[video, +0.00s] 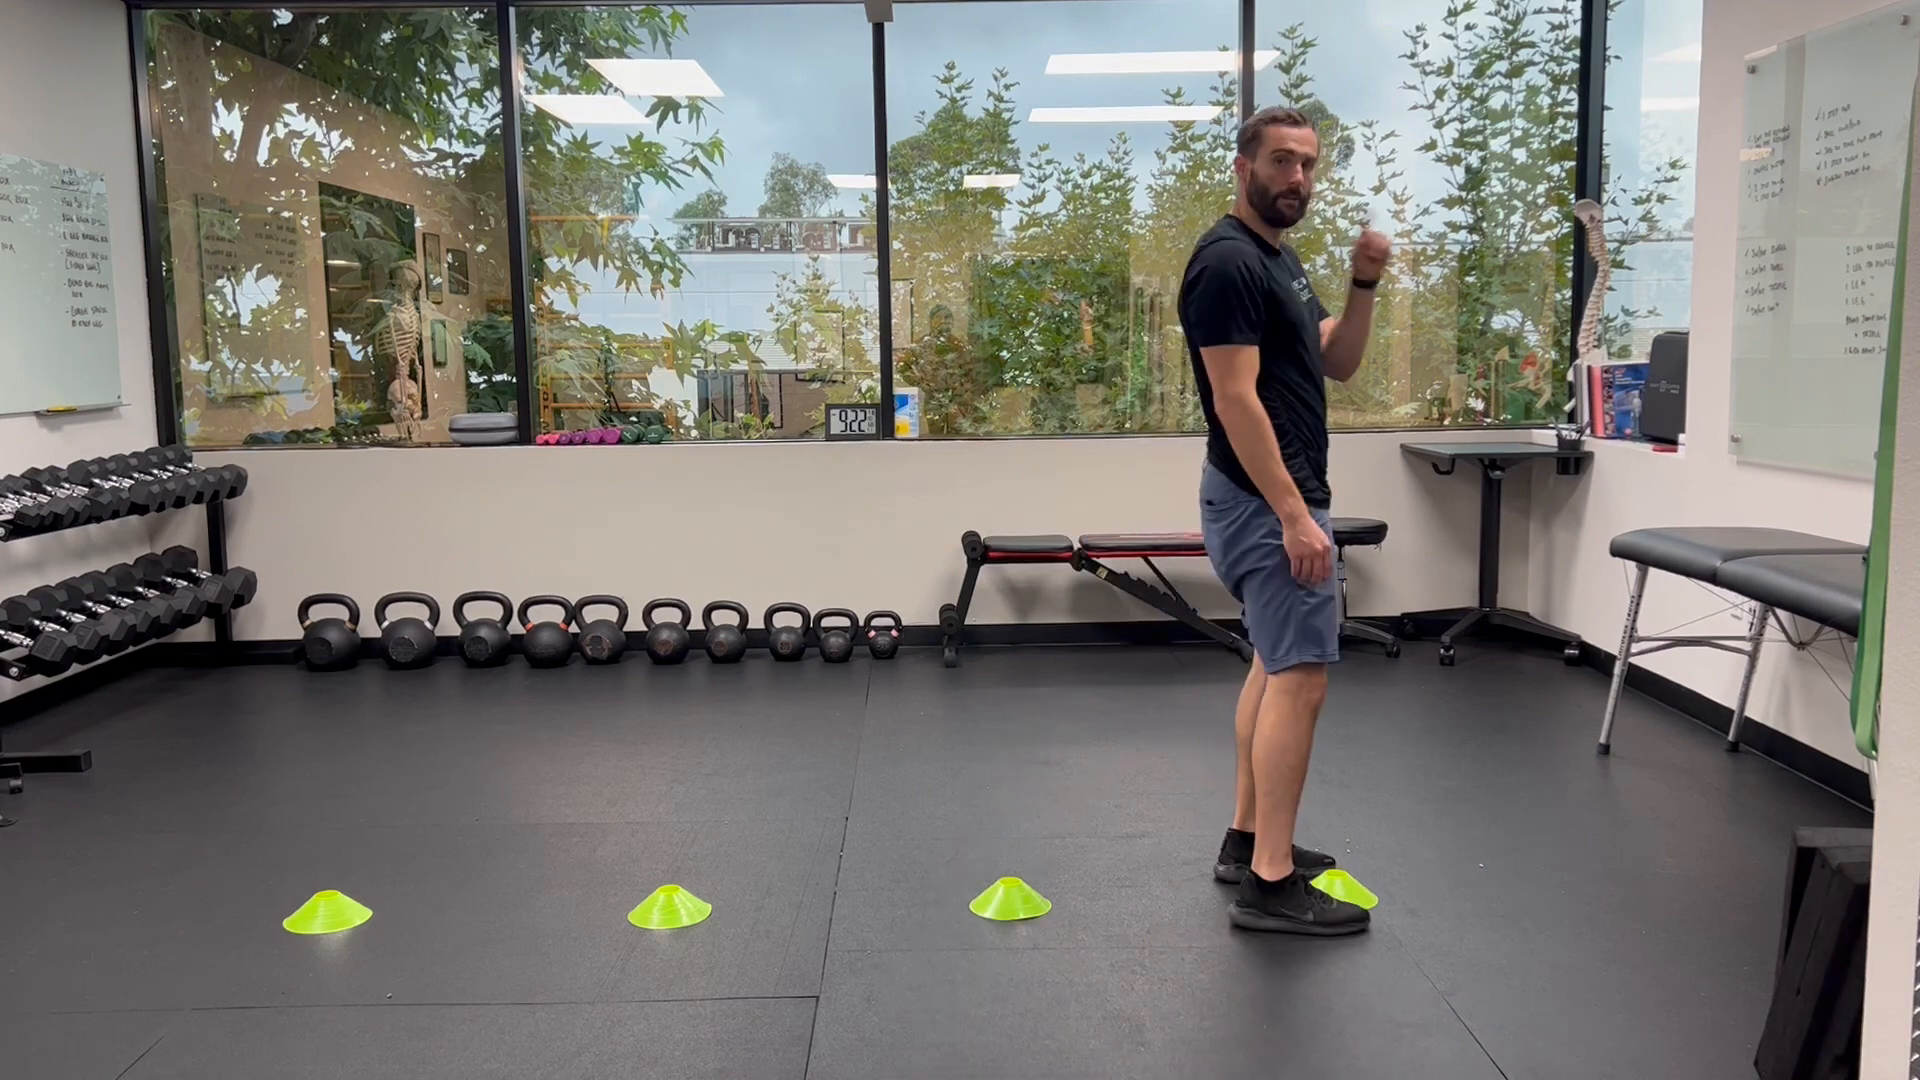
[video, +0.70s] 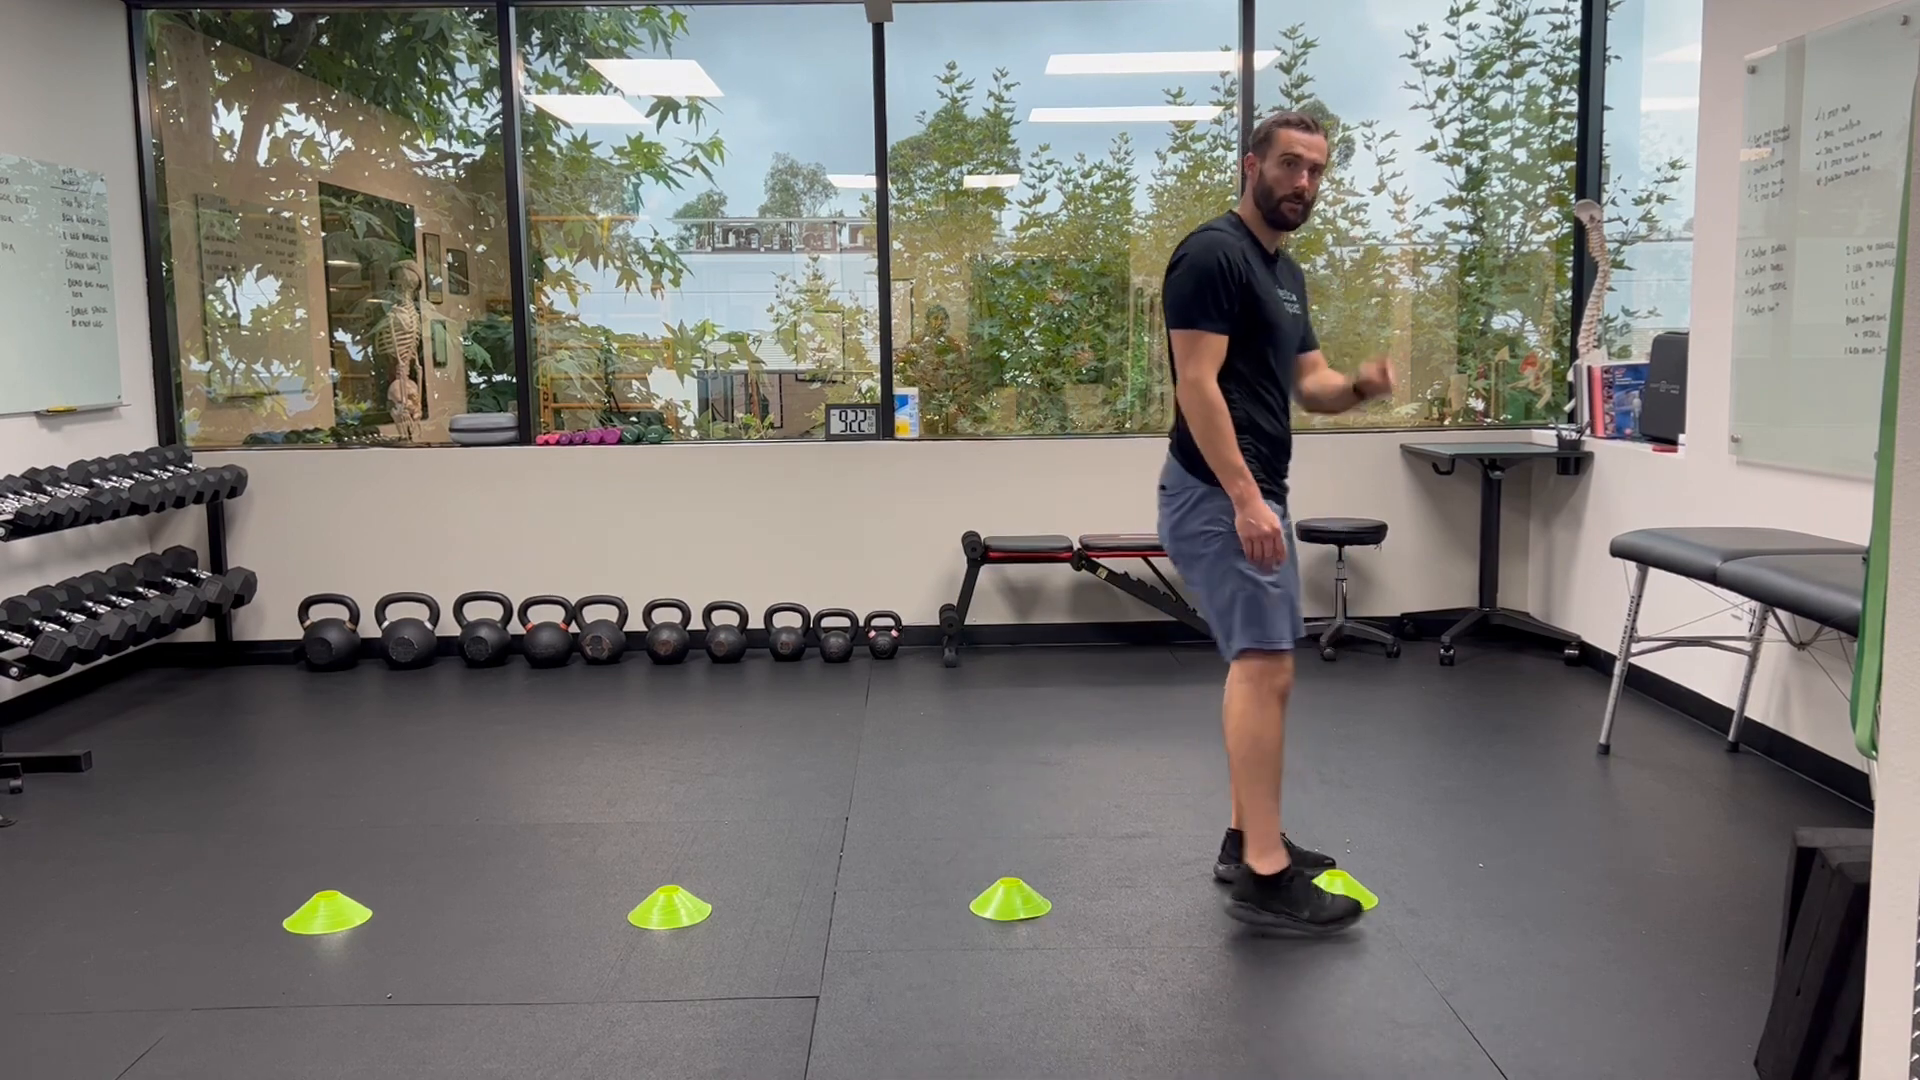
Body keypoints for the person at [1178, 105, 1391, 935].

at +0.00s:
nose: (1298, 177)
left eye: (1308, 164)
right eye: (1283, 160)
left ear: (1314, 176)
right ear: (1242, 166)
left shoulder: (1273, 260)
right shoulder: (1228, 261)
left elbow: (1335, 364)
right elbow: (1234, 399)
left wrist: (1363, 283)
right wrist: (1293, 511)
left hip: (1277, 495)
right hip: (1267, 501)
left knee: (1273, 666)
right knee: (1300, 677)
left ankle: (1250, 840)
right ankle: (1272, 878)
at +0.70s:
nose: (1304, 182)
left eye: (1316, 171)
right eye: (1291, 164)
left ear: (1322, 185)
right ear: (1250, 166)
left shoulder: (1285, 273)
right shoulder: (1211, 254)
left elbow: (1309, 383)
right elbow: (1196, 385)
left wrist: (1357, 386)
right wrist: (1245, 497)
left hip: (1259, 492)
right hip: (1216, 494)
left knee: (1267, 665)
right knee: (1262, 665)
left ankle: (1247, 839)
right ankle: (1263, 867)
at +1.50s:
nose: (995, 203)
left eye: (997, 188)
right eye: (984, 188)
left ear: (953, 183)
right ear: (932, 180)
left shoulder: (954, 263)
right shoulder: (881, 281)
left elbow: (987, 384)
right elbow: (864, 428)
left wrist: (1038, 486)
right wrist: (904, 553)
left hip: (975, 509)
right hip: (933, 517)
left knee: (979, 659)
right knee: (955, 691)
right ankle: (933, 892)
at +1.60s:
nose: (940, 206)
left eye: (942, 192)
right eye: (929, 193)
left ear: (899, 187)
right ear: (879, 186)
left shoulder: (913, 262)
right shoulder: (827, 284)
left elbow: (952, 372)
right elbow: (790, 428)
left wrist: (1010, 444)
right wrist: (789, 562)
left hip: (920, 511)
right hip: (887, 518)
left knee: (906, 650)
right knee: (946, 693)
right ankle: (932, 895)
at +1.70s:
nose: (890, 222)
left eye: (894, 207)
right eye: (879, 208)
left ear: (850, 203)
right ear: (827, 202)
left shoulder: (870, 275)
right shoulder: (773, 295)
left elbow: (908, 374)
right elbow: (713, 424)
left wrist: (951, 394)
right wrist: (705, 557)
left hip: (863, 520)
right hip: (845, 528)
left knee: (826, 668)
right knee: (930, 692)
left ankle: (691, 783)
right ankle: (933, 896)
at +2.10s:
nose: (706, 236)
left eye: (715, 224)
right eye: (700, 219)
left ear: (698, 211)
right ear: (657, 192)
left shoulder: (661, 269)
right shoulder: (598, 260)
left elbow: (660, 383)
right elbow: (566, 387)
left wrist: (692, 464)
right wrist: (602, 506)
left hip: (655, 498)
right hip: (623, 501)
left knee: (655, 668)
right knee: (663, 667)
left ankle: (627, 845)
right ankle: (614, 875)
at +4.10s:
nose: (222, 218)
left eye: (228, 204)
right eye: (211, 200)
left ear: (192, 196)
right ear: (160, 186)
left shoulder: (195, 278)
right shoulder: (84, 275)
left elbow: (196, 403)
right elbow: (102, 413)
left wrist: (259, 391)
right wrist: (228, 379)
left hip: (193, 518)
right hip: (112, 528)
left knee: (213, 679)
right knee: (128, 705)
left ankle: (185, 860)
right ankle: (88, 905)